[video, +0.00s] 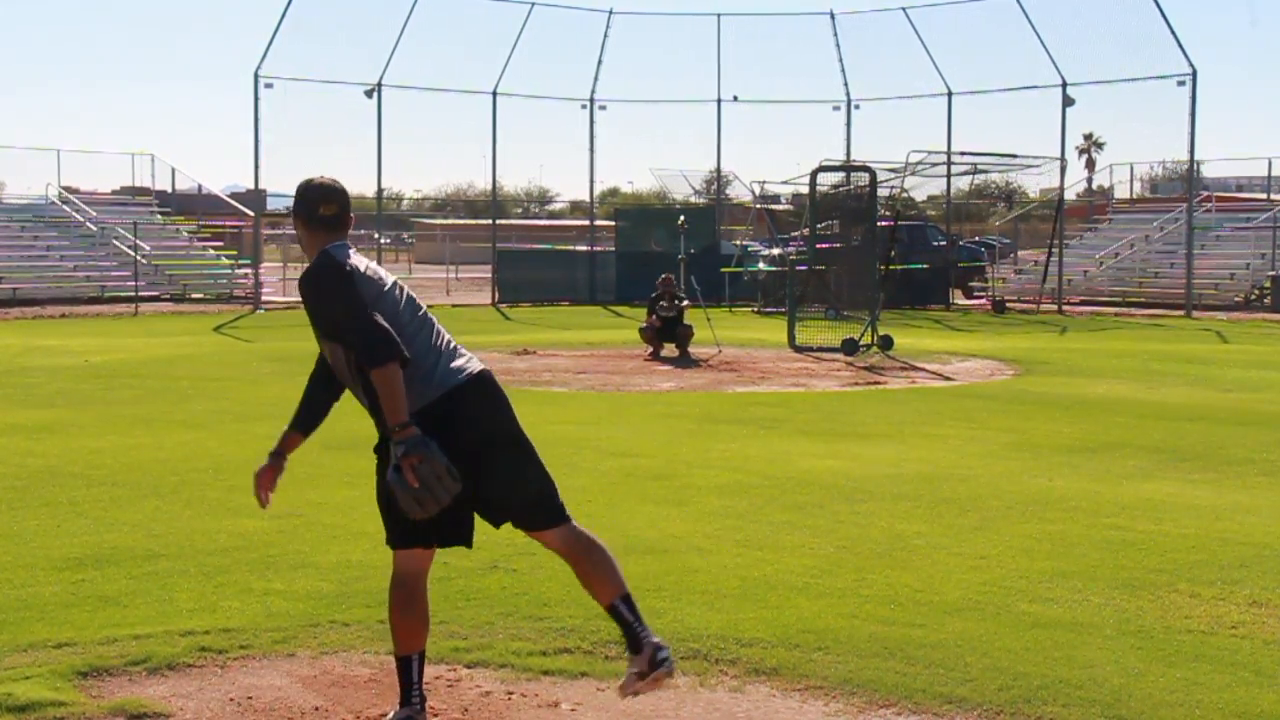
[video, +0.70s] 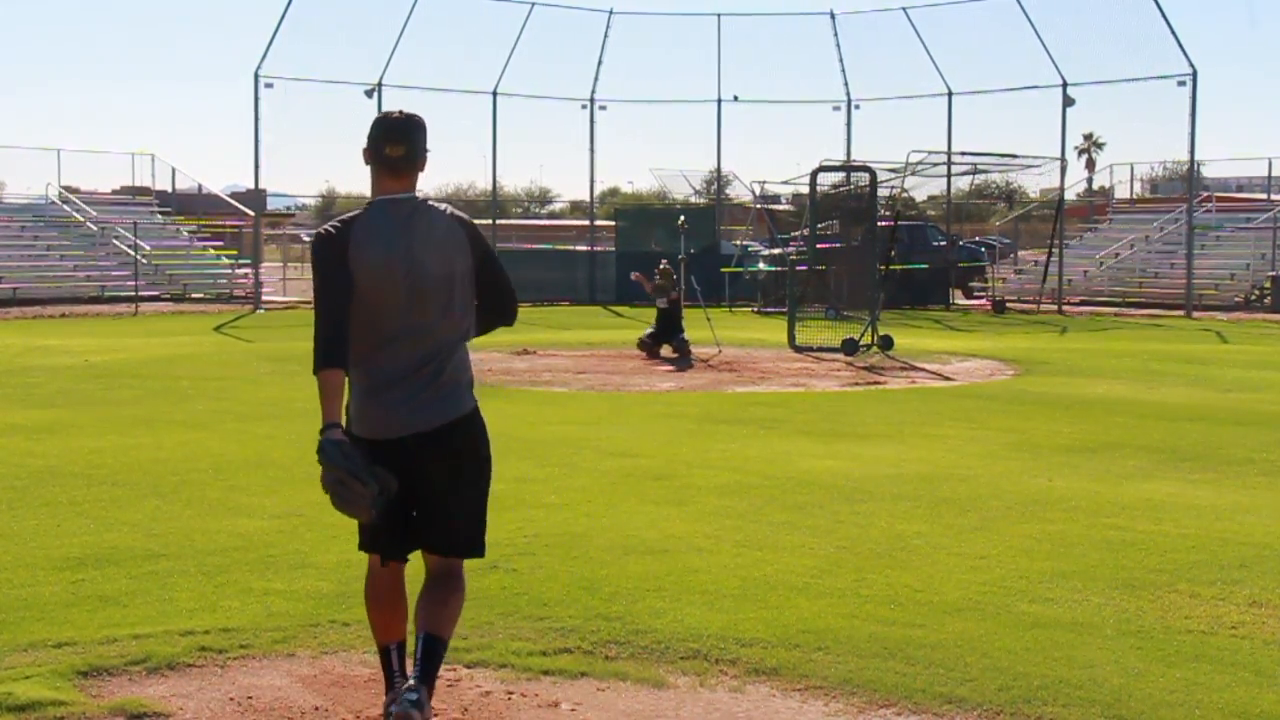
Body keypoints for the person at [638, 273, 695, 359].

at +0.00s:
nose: (667, 289)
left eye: (669, 286)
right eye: (664, 286)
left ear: (674, 286)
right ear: (659, 286)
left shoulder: (678, 297)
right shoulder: (654, 298)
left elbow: (687, 303)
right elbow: (648, 319)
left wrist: (680, 306)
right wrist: (654, 321)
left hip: (675, 328)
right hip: (660, 328)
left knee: (687, 329)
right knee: (645, 330)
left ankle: (683, 350)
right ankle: (656, 347)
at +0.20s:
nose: (666, 287)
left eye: (669, 284)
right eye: (664, 284)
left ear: (673, 284)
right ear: (659, 285)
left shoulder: (678, 296)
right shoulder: (655, 297)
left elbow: (687, 305)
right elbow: (649, 317)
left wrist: (680, 306)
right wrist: (651, 315)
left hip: (675, 327)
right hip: (660, 328)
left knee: (687, 331)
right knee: (645, 331)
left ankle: (683, 350)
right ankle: (656, 348)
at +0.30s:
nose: (666, 285)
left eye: (669, 282)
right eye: (663, 282)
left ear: (673, 283)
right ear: (659, 283)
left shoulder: (678, 295)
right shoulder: (655, 296)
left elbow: (685, 304)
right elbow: (649, 318)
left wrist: (679, 306)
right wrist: (649, 305)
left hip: (676, 330)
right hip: (660, 330)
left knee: (687, 332)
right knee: (645, 332)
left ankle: (683, 349)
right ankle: (656, 348)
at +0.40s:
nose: (666, 282)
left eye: (668, 279)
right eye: (663, 279)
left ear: (673, 280)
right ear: (659, 280)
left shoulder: (678, 293)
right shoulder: (655, 295)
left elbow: (681, 303)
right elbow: (646, 315)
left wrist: (675, 303)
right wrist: (638, 308)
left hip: (677, 330)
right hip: (661, 331)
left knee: (686, 334)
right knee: (646, 334)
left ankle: (682, 349)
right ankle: (656, 347)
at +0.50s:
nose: (666, 280)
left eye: (669, 277)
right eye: (663, 277)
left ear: (673, 278)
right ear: (659, 278)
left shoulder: (678, 292)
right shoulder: (657, 294)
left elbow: (678, 300)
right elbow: (644, 308)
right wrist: (631, 303)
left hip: (676, 330)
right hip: (661, 330)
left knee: (684, 337)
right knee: (646, 336)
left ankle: (683, 350)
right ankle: (656, 348)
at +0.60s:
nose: (665, 279)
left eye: (668, 276)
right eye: (662, 276)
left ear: (672, 277)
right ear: (659, 277)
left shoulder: (677, 291)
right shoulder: (656, 291)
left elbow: (678, 296)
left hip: (676, 329)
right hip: (660, 329)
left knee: (682, 341)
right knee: (645, 340)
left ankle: (684, 352)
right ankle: (654, 350)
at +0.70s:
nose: (662, 278)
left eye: (665, 275)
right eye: (660, 275)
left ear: (671, 276)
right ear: (658, 275)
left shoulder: (674, 288)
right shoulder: (659, 288)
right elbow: (651, 290)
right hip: (660, 329)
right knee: (644, 343)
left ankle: (685, 354)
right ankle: (654, 350)